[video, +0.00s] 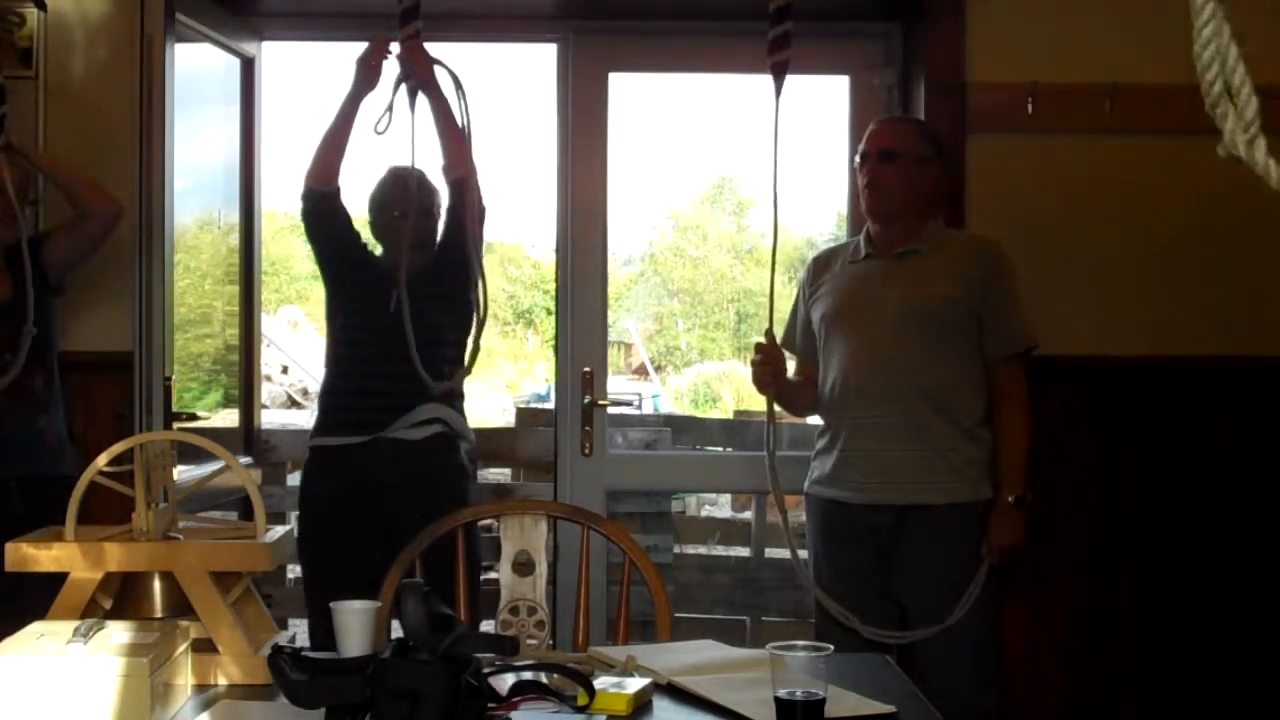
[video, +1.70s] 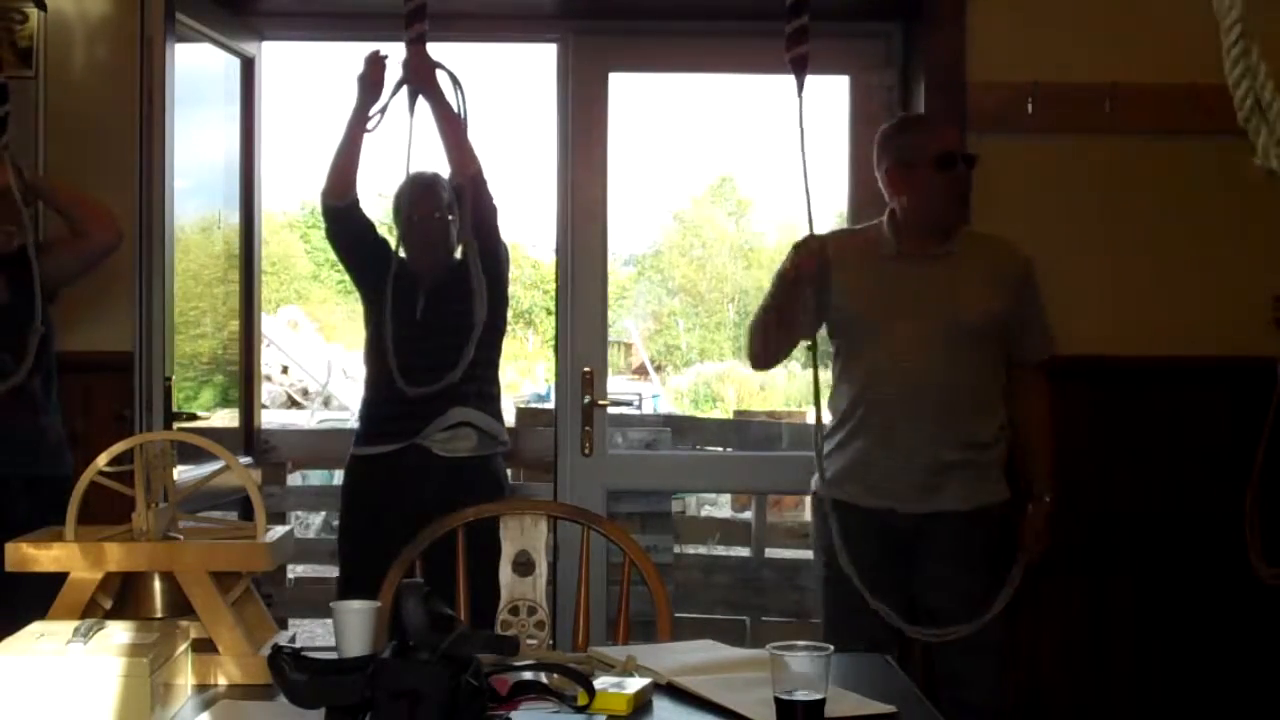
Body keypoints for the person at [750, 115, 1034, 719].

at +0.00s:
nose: (867, 169)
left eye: (887, 158)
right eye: (862, 159)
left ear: (930, 176)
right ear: (853, 174)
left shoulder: (976, 262)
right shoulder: (824, 269)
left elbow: (1010, 387)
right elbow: (813, 394)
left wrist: (1010, 500)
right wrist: (778, 386)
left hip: (947, 511)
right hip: (841, 508)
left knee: (950, 684)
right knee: (850, 680)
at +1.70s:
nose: (966, 176)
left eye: (966, 164)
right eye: (949, 165)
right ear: (894, 179)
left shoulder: (1000, 265)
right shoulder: (834, 259)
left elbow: (1031, 388)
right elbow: (763, 353)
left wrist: (1040, 496)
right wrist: (789, 280)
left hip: (970, 508)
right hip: (859, 506)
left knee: (969, 685)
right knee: (862, 681)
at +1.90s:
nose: (967, 173)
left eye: (973, 159)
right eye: (948, 160)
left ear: (983, 167)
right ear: (904, 173)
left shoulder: (1012, 261)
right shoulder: (855, 244)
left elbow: (1049, 391)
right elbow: (749, 246)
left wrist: (1051, 503)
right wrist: (799, 145)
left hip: (979, 506)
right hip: (870, 506)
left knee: (976, 683)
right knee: (869, 680)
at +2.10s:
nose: (952, 167)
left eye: (963, 154)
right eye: (934, 152)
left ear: (975, 168)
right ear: (899, 168)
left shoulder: (1016, 265)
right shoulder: (864, 242)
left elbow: (1045, 384)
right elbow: (771, 172)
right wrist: (812, 60)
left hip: (981, 504)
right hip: (867, 499)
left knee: (983, 677)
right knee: (871, 672)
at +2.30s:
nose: (929, 165)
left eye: (944, 154)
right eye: (912, 153)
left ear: (963, 169)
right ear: (884, 172)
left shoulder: (994, 259)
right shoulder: (851, 239)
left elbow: (1025, 365)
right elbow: (780, 163)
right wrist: (812, 56)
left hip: (957, 490)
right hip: (855, 486)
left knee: (961, 667)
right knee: (862, 665)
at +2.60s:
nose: (890, 157)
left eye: (906, 146)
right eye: (874, 147)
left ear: (932, 161)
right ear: (857, 166)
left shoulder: (957, 230)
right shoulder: (826, 225)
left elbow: (950, 140)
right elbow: (783, 163)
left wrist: (888, 54)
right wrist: (814, 67)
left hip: (934, 439)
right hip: (833, 443)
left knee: (939, 623)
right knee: (841, 626)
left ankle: (943, 719)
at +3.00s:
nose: (857, 176)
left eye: (875, 165)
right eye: (845, 167)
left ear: (904, 177)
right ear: (831, 184)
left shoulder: (930, 242)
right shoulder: (803, 247)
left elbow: (910, 150)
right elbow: (752, 166)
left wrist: (875, 56)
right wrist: (799, 73)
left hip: (905, 455)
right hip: (809, 462)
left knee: (918, 634)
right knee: (831, 642)